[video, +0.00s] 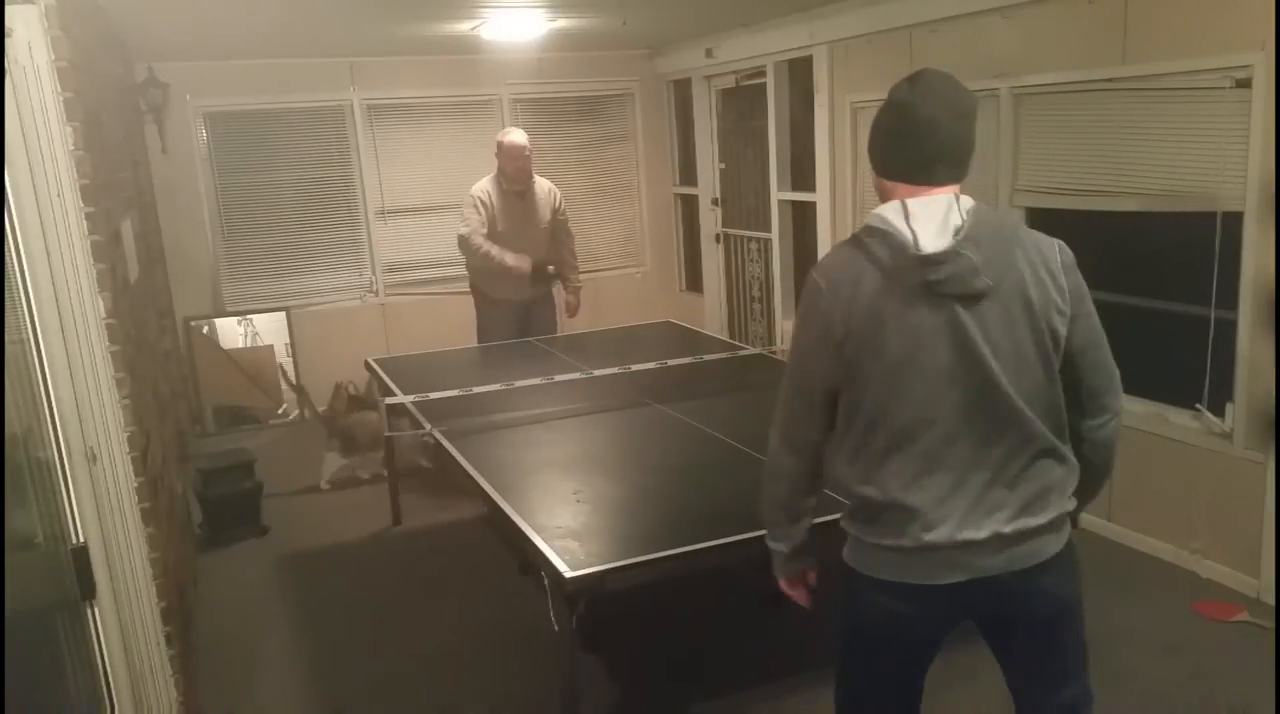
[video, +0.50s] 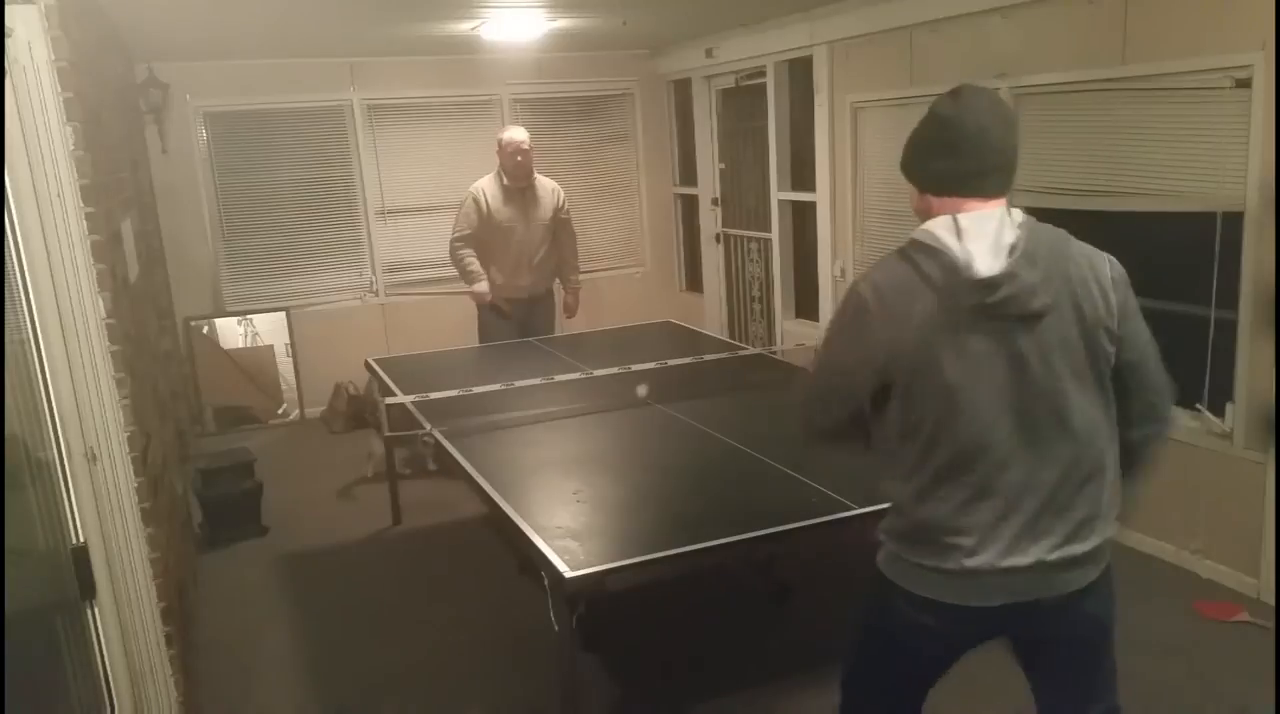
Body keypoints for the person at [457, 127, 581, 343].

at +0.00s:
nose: (521, 165)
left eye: (526, 157)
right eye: (513, 159)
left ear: (532, 155)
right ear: (498, 158)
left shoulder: (548, 192)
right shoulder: (481, 195)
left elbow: (564, 242)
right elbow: (470, 241)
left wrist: (572, 287)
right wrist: (515, 262)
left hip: (540, 296)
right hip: (496, 299)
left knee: (545, 366)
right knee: (500, 369)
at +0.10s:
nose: (522, 165)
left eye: (526, 157)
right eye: (514, 158)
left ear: (532, 155)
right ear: (498, 157)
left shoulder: (547, 191)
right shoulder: (483, 191)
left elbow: (564, 243)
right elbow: (478, 230)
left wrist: (572, 287)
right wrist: (527, 238)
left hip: (537, 295)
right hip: (494, 298)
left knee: (544, 366)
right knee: (499, 368)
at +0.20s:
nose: (521, 163)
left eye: (526, 156)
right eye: (514, 157)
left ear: (532, 155)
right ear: (499, 156)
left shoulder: (548, 191)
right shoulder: (483, 190)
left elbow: (564, 244)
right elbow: (472, 227)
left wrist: (572, 287)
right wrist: (521, 242)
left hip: (537, 295)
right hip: (494, 297)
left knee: (543, 363)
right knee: (499, 367)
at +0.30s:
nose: (522, 162)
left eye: (526, 154)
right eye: (514, 155)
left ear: (533, 154)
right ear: (500, 155)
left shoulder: (549, 192)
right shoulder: (482, 191)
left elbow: (564, 243)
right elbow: (464, 234)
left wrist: (571, 287)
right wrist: (509, 260)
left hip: (539, 294)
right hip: (495, 296)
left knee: (543, 362)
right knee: (499, 366)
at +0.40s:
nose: (522, 160)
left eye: (526, 153)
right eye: (515, 154)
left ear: (534, 152)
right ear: (499, 154)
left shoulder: (551, 192)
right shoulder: (482, 193)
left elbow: (565, 244)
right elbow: (459, 238)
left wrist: (571, 288)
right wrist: (485, 266)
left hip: (540, 297)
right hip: (498, 299)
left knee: (542, 368)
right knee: (501, 370)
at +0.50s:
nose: (519, 159)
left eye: (524, 152)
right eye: (512, 153)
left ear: (532, 152)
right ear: (499, 154)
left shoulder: (552, 192)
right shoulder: (480, 194)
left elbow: (567, 244)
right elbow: (460, 243)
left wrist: (572, 289)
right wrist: (477, 281)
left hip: (540, 301)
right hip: (497, 303)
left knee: (542, 372)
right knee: (499, 372)